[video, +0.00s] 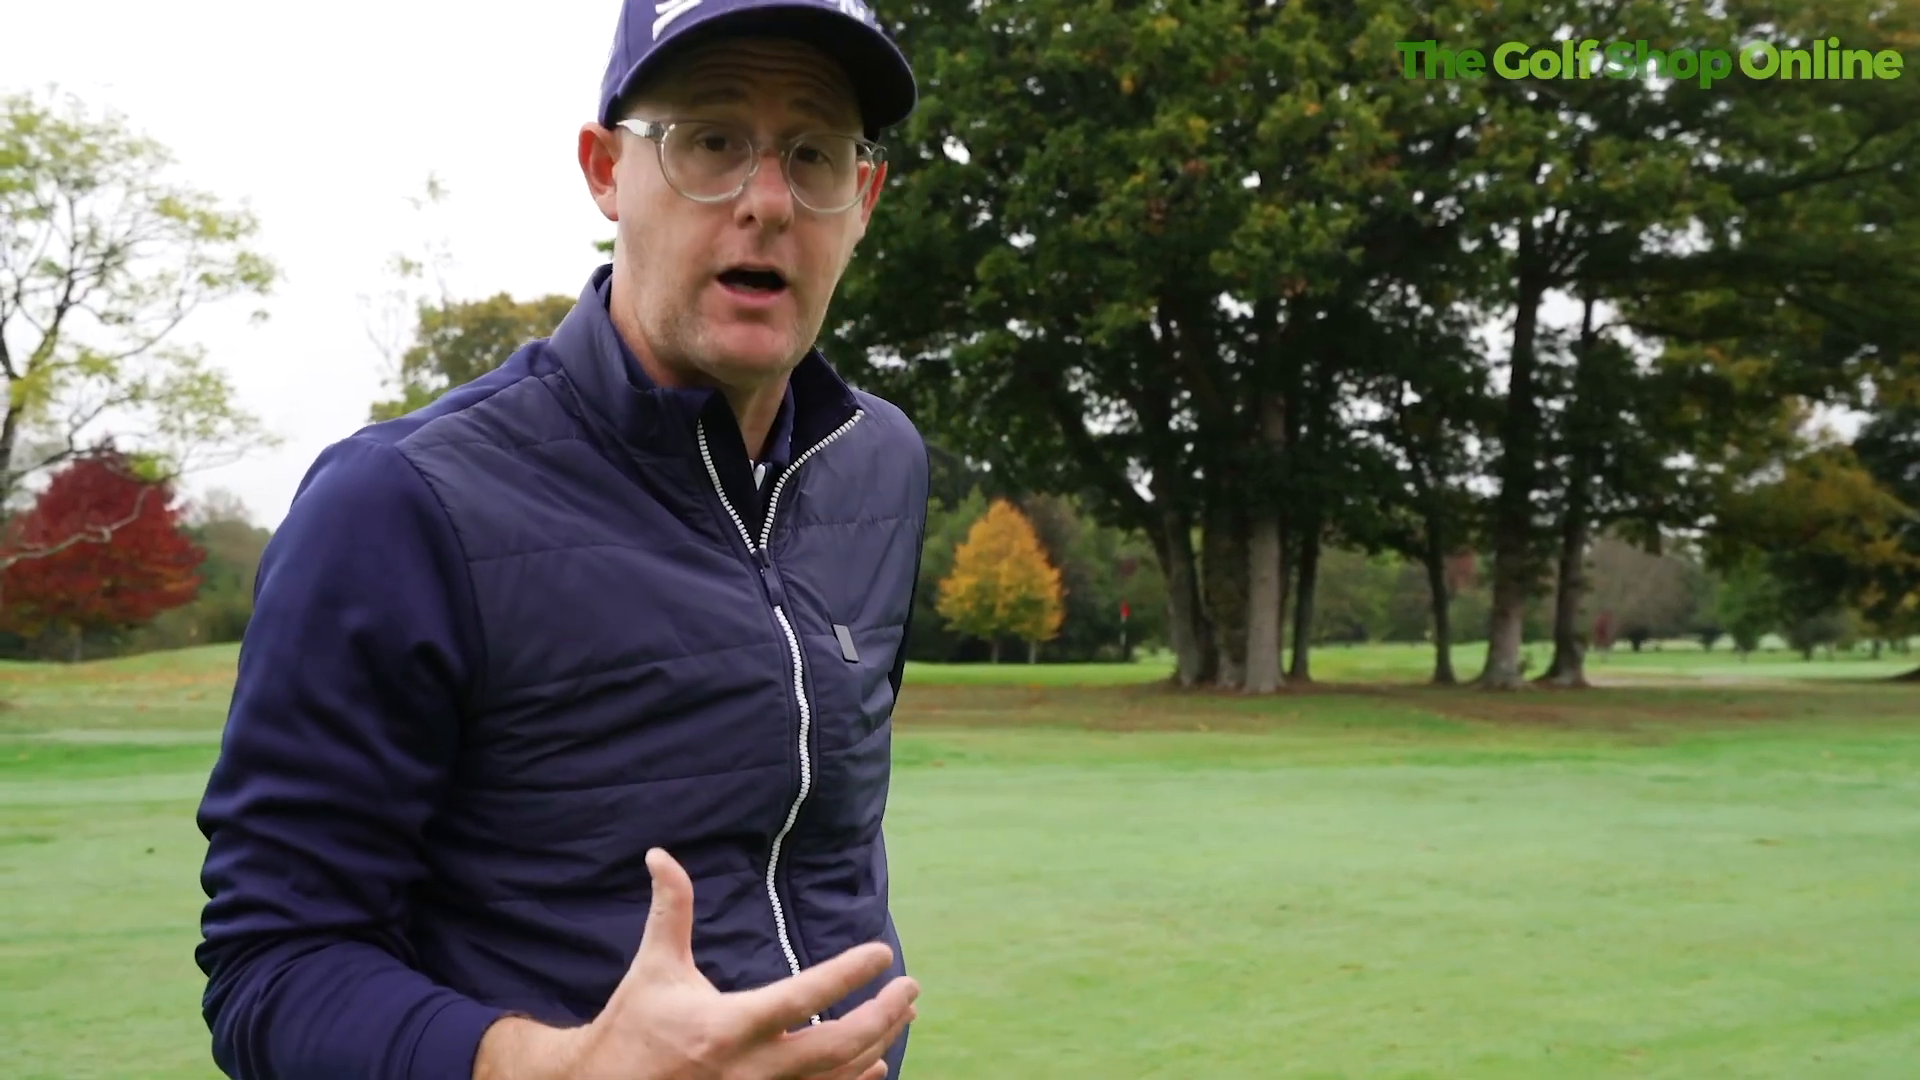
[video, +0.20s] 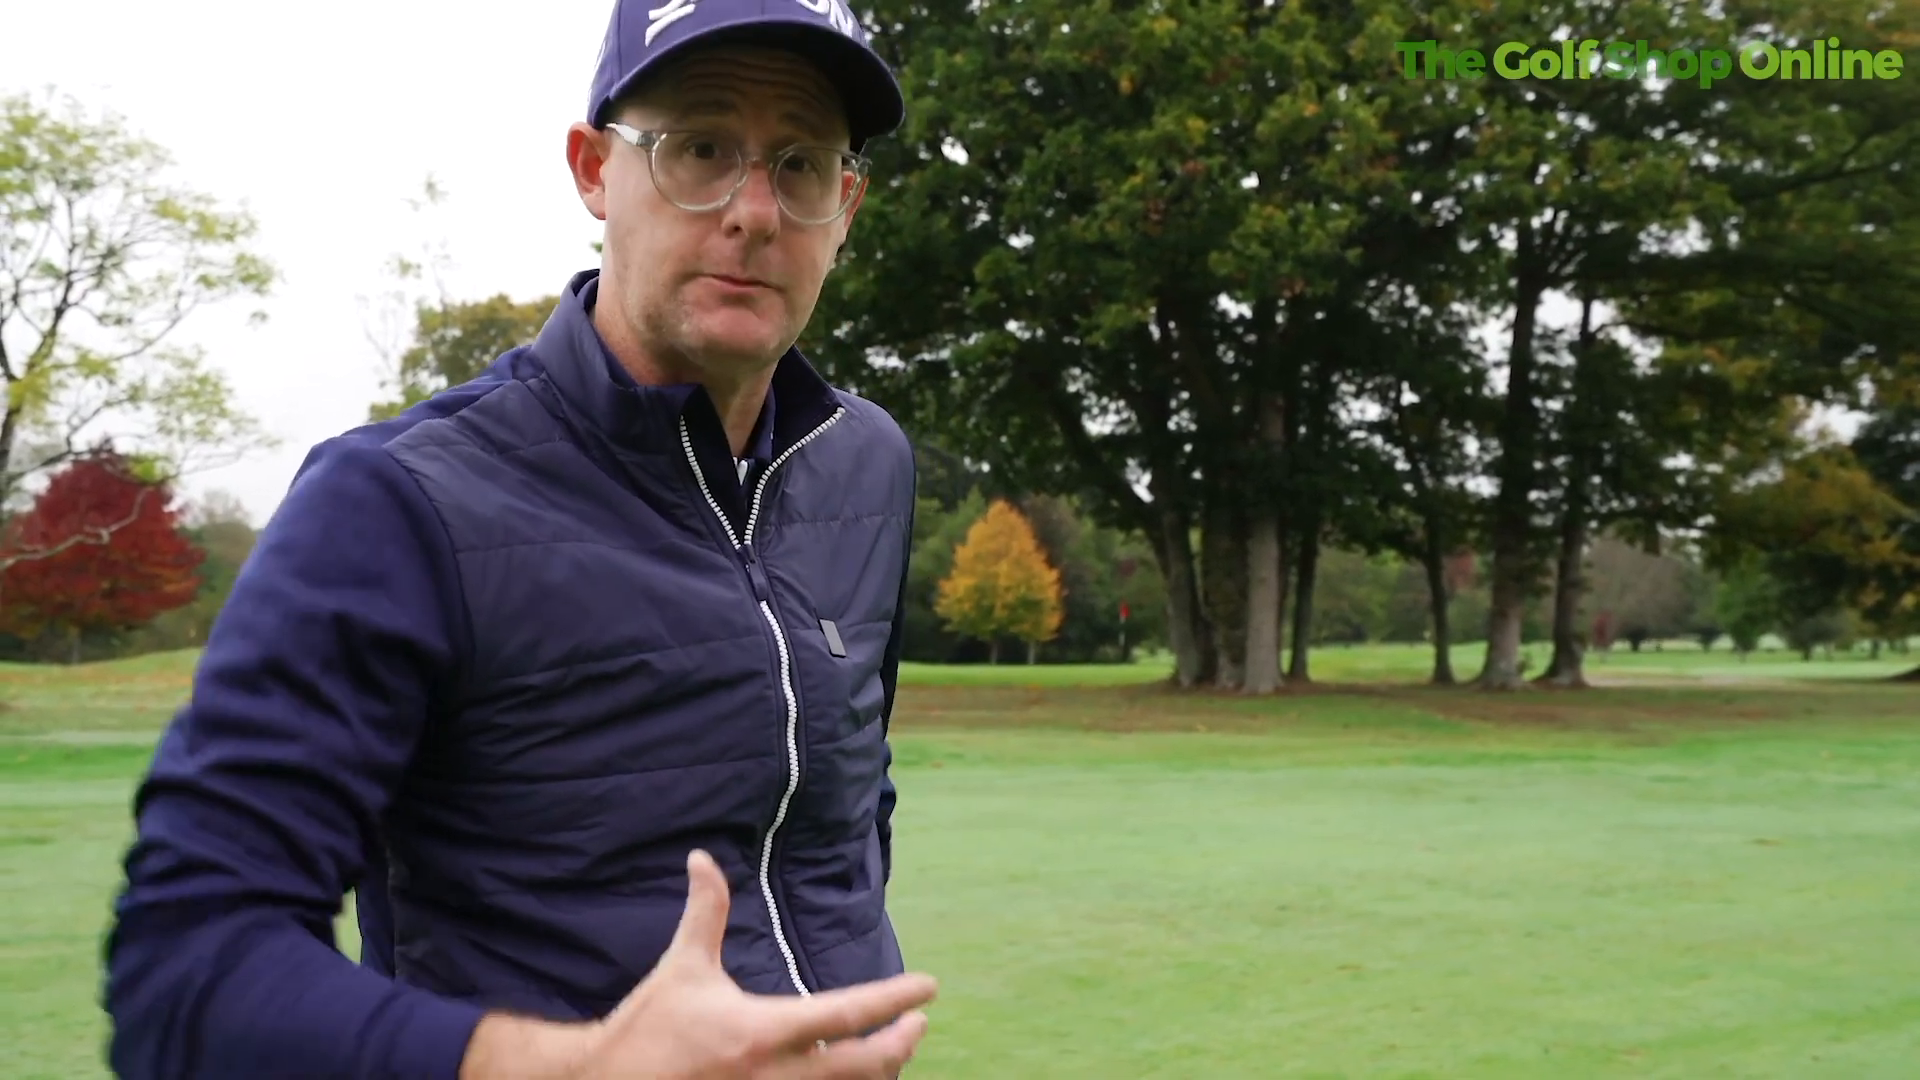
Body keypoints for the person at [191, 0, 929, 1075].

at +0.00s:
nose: (767, 200)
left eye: (811, 154)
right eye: (712, 139)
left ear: (863, 200)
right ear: (608, 170)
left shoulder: (882, 472)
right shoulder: (402, 506)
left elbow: (820, 840)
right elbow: (274, 966)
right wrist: (561, 1060)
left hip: (838, 1056)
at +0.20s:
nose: (754, 208)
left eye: (798, 160)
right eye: (700, 146)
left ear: (847, 206)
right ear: (596, 174)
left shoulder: (866, 471)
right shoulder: (399, 502)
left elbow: (854, 809)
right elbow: (186, 967)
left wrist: (848, 1008)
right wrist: (571, 1059)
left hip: (830, 1055)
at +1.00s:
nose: (849, 310)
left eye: (869, 248)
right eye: (793, 249)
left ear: (891, 224)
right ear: (629, 219)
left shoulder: (849, 484)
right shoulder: (410, 553)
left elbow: (887, 853)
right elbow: (366, 1024)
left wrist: (913, 1064)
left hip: (828, 1053)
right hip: (572, 1058)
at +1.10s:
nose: (869, 333)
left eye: (891, 266)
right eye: (809, 268)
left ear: (911, 248)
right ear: (647, 242)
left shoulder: (850, 481)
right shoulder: (444, 576)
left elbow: (897, 867)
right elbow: (471, 1050)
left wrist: (921, 1066)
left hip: (825, 1050)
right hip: (615, 1059)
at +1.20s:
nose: (897, 354)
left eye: (918, 291)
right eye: (840, 293)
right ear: (678, 261)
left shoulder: (867, 487)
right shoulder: (480, 612)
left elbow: (896, 881)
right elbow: (562, 1052)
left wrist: (917, 1064)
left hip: (825, 1041)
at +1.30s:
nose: (928, 372)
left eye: (947, 307)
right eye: (872, 312)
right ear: (714, 280)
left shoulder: (896, 500)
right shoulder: (517, 618)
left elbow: (901, 888)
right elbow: (593, 1056)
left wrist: (911, 1066)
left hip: (821, 1040)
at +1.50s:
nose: (985, 408)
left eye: (1012, 355)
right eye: (938, 351)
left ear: (1038, 334)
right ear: (795, 311)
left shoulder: (971, 534)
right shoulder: (588, 602)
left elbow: (948, 907)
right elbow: (624, 1041)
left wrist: (944, 1063)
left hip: (862, 1041)